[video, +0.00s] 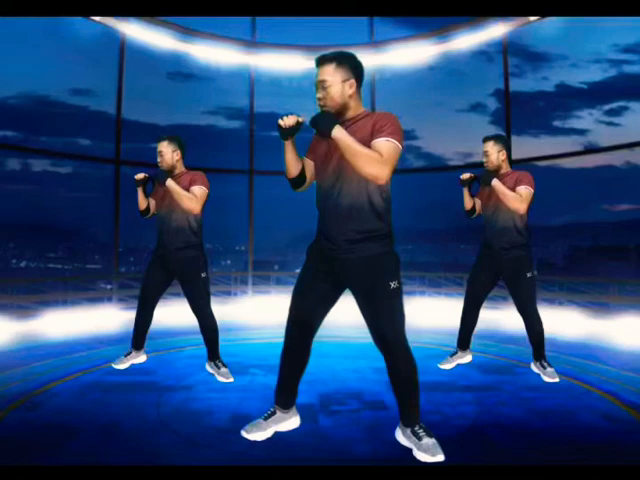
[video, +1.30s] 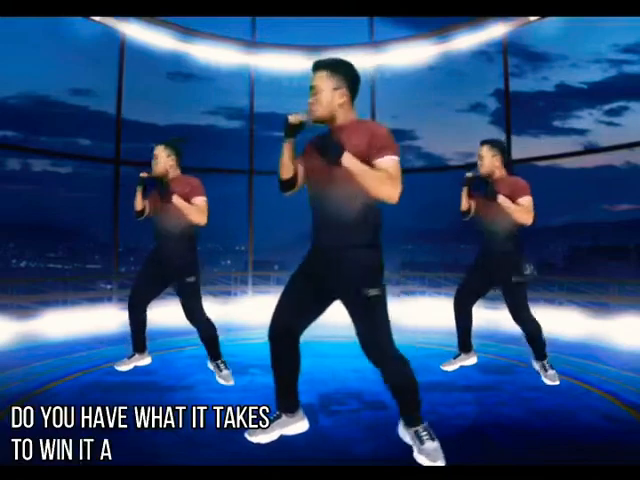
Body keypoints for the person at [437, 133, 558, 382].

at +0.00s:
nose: (484, 159)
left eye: (488, 154)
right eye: (484, 154)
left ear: (502, 154)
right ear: (493, 156)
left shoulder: (522, 177)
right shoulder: (486, 184)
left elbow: (521, 206)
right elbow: (471, 211)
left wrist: (493, 182)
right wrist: (466, 188)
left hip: (517, 254)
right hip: (490, 254)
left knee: (528, 309)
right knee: (472, 300)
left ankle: (540, 360)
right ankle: (462, 350)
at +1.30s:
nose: (479, 162)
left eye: (483, 157)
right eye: (479, 158)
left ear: (498, 159)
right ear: (483, 161)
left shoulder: (517, 185)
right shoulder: (480, 187)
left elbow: (527, 217)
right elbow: (465, 210)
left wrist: (501, 199)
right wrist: (466, 188)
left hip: (510, 259)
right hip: (487, 258)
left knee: (521, 313)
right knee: (462, 301)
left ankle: (541, 360)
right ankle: (466, 352)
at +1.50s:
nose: (479, 162)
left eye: (481, 158)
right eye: (480, 158)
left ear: (490, 160)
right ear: (497, 161)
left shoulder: (492, 178)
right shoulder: (502, 180)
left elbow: (457, 184)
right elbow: (464, 184)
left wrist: (440, 176)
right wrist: (443, 178)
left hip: (496, 259)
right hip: (493, 257)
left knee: (505, 316)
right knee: (461, 299)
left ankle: (555, 357)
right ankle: (465, 352)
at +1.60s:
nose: (478, 164)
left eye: (481, 160)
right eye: (478, 160)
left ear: (490, 160)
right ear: (495, 161)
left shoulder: (493, 178)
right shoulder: (500, 180)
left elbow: (456, 182)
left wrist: (436, 174)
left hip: (498, 259)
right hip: (491, 258)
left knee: (511, 315)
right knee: (459, 299)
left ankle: (559, 358)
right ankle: (465, 353)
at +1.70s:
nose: (474, 162)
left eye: (478, 158)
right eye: (473, 158)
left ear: (490, 158)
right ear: (479, 160)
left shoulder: (504, 179)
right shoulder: (479, 181)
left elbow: (500, 195)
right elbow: (470, 210)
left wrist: (479, 178)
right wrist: (469, 190)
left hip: (502, 255)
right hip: (483, 255)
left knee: (516, 310)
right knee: (461, 300)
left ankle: (558, 358)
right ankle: (465, 353)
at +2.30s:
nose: (493, 158)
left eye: (497, 152)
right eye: (488, 154)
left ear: (508, 153)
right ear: (485, 158)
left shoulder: (523, 179)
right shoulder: (482, 189)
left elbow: (535, 207)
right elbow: (463, 216)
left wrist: (512, 181)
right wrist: (456, 189)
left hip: (518, 259)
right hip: (487, 259)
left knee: (535, 311)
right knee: (468, 305)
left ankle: (542, 361)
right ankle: (465, 352)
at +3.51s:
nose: (500, 156)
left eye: (505, 151)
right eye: (496, 152)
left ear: (514, 154)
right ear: (490, 155)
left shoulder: (526, 182)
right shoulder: (477, 180)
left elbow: (538, 212)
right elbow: (448, 191)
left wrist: (517, 187)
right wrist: (434, 179)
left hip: (516, 259)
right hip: (485, 256)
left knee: (531, 314)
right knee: (460, 302)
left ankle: (539, 365)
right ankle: (467, 353)